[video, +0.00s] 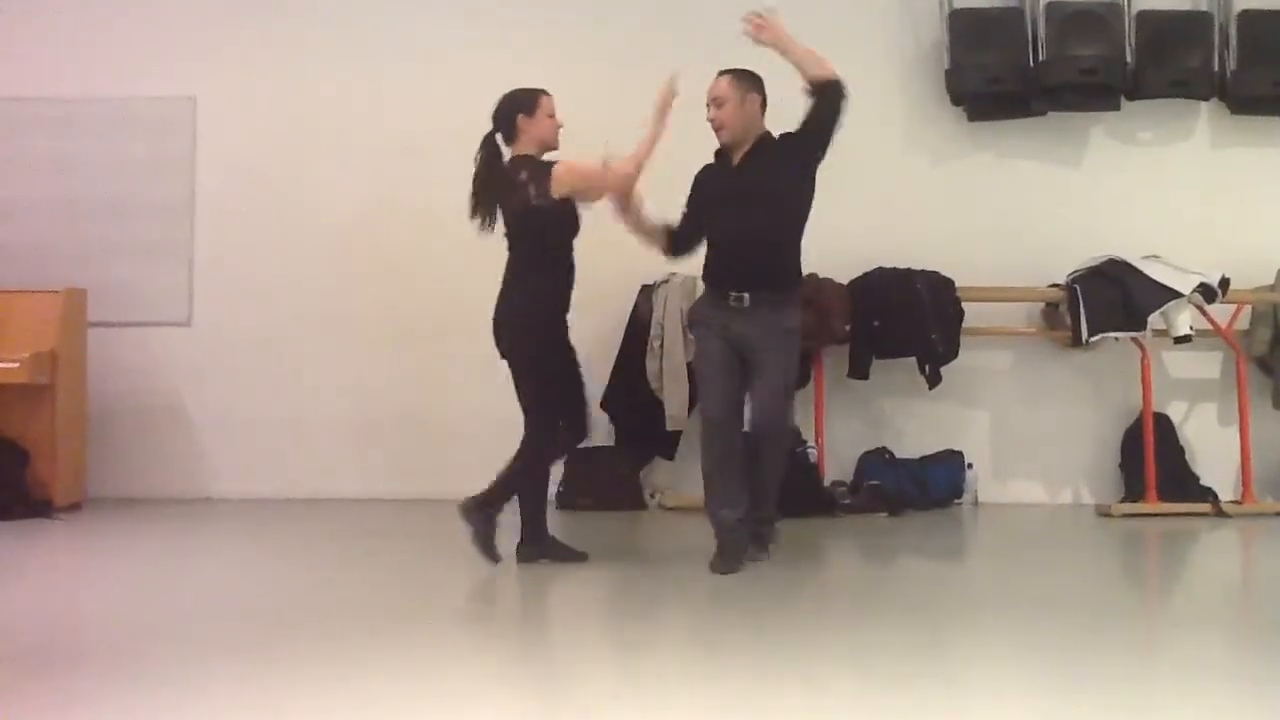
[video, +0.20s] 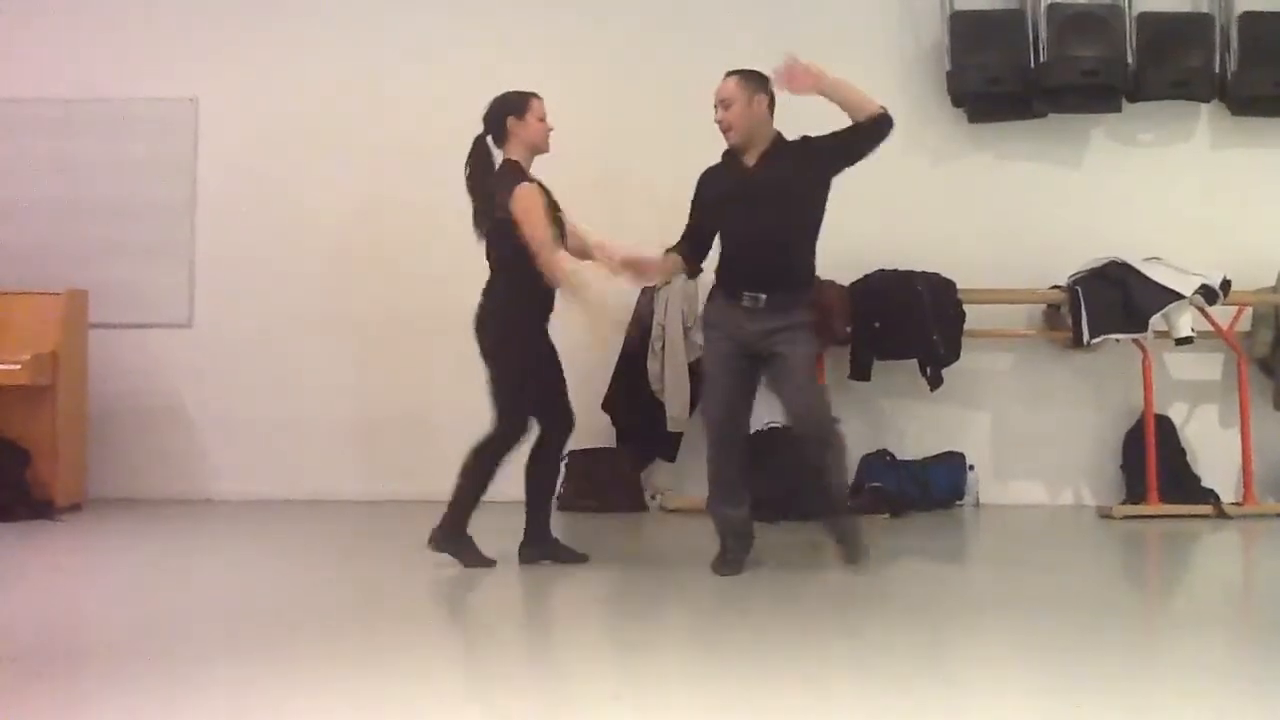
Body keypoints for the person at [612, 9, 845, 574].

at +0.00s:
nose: (710, 114)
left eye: (720, 104)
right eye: (709, 105)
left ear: (757, 106)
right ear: (718, 111)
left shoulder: (796, 154)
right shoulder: (710, 177)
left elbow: (830, 91)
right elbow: (679, 243)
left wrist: (784, 42)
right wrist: (634, 216)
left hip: (775, 313)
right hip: (716, 312)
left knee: (770, 424)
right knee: (716, 424)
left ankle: (761, 520)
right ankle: (729, 535)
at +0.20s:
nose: (718, 117)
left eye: (726, 105)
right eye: (716, 108)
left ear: (763, 105)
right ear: (730, 113)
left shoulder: (811, 157)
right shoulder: (716, 180)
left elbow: (877, 124)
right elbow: (687, 256)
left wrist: (823, 84)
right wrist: (640, 266)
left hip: (790, 316)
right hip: (727, 317)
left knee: (809, 417)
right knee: (721, 425)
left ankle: (841, 516)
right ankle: (733, 538)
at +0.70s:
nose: (739, 118)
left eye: (748, 108)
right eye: (738, 109)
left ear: (785, 108)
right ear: (761, 111)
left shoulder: (831, 159)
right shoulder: (741, 184)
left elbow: (903, 180)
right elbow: (727, 258)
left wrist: (862, 200)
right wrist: (696, 319)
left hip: (832, 319)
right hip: (770, 324)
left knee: (852, 430)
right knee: (755, 428)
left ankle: (876, 539)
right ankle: (759, 539)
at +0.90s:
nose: (740, 107)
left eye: (749, 97)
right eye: (739, 98)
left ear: (787, 98)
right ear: (770, 101)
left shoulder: (833, 161)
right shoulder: (737, 168)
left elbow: (890, 220)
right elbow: (714, 240)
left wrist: (864, 284)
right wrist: (676, 270)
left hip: (817, 315)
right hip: (752, 316)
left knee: (826, 419)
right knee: (747, 426)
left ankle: (862, 518)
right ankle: (759, 536)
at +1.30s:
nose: (749, 96)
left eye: (759, 87)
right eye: (747, 89)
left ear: (796, 92)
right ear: (752, 99)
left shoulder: (838, 162)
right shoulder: (737, 157)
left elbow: (851, 237)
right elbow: (680, 195)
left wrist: (800, 242)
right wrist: (683, 129)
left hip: (818, 311)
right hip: (754, 309)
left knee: (807, 428)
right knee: (752, 427)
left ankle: (792, 542)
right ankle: (753, 536)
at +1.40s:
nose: (751, 98)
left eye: (761, 89)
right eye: (749, 91)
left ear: (798, 94)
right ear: (754, 101)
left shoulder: (841, 164)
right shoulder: (740, 161)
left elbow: (856, 240)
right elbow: (684, 199)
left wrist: (804, 234)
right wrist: (686, 136)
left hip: (822, 311)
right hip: (758, 310)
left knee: (814, 430)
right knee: (753, 427)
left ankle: (792, 543)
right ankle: (749, 536)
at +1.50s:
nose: (752, 104)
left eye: (762, 94)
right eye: (750, 96)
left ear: (799, 99)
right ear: (754, 104)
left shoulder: (845, 168)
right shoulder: (742, 168)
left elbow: (864, 243)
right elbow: (690, 214)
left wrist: (814, 242)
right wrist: (687, 150)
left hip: (824, 320)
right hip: (759, 318)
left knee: (814, 435)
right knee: (738, 422)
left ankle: (794, 547)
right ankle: (746, 528)